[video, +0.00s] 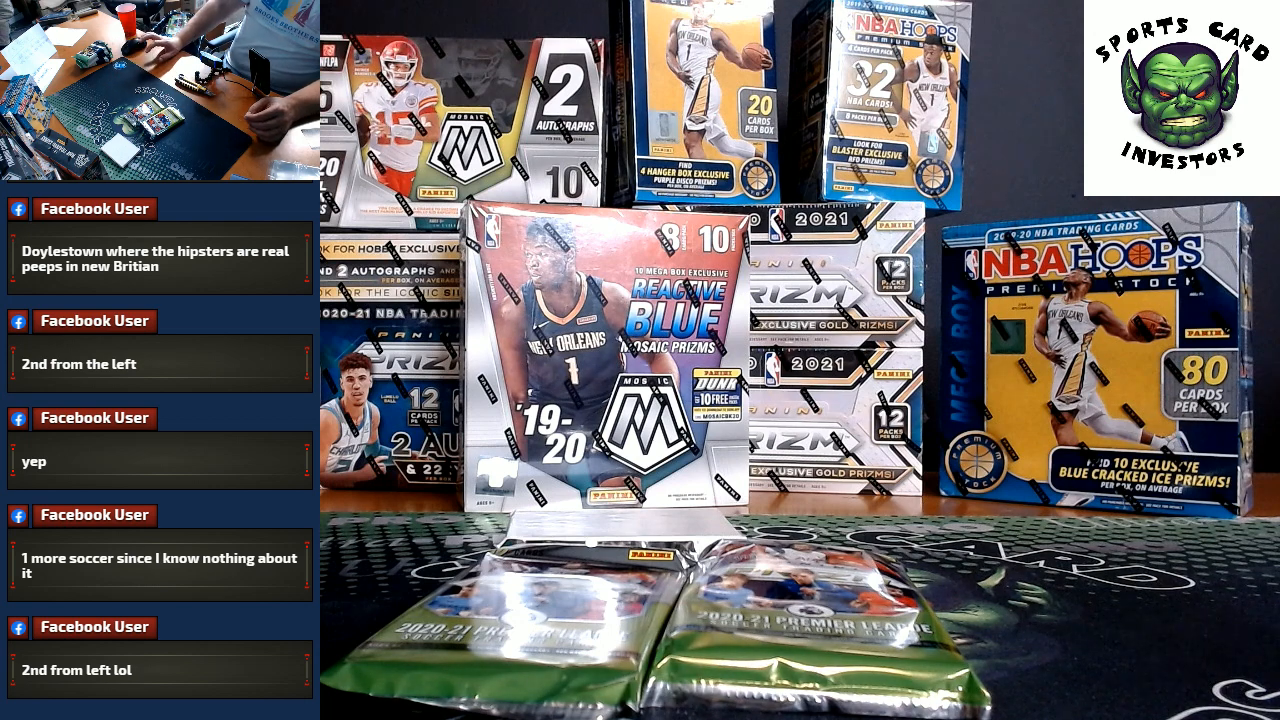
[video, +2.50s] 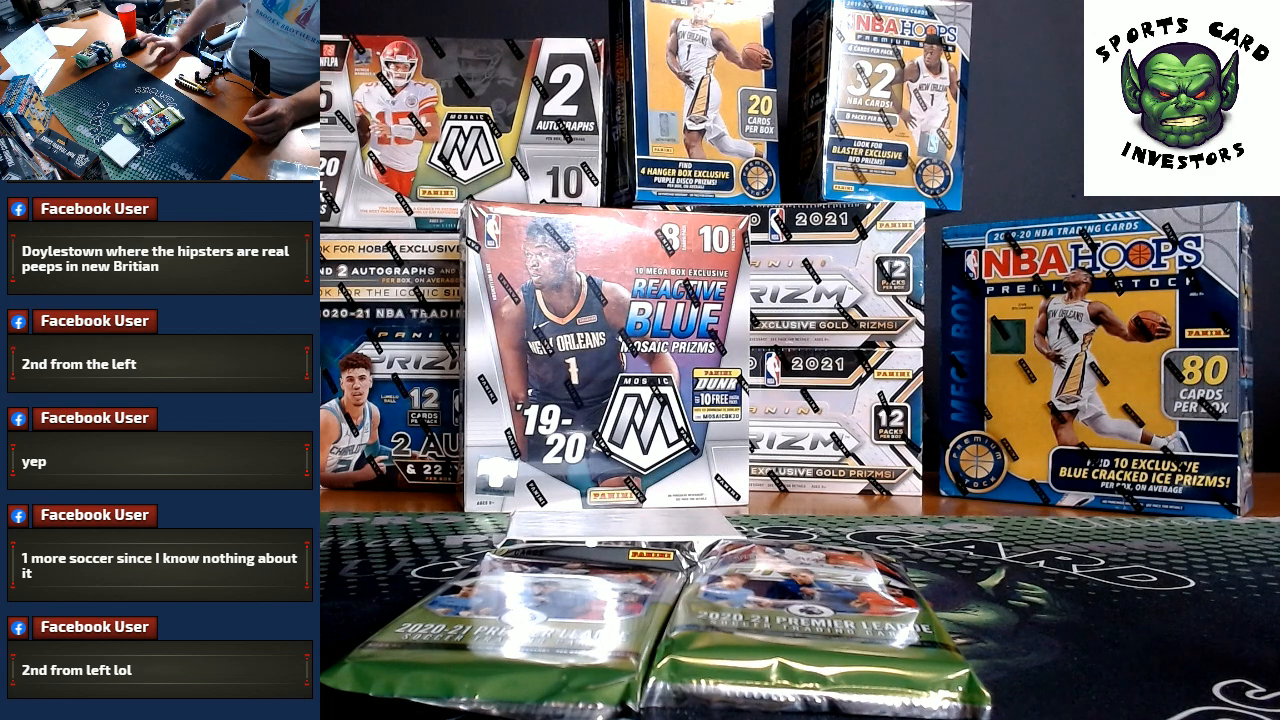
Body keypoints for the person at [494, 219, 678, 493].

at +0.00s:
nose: (532, 263)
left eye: (542, 254)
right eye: (529, 255)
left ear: (570, 255)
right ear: (524, 258)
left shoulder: (611, 299)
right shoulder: (514, 312)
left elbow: (657, 357)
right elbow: (518, 398)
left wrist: (663, 414)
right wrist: (524, 460)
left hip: (610, 424)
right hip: (549, 428)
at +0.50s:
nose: (532, 263)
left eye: (542, 254)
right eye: (529, 255)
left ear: (570, 256)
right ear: (524, 258)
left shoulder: (611, 299)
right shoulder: (514, 312)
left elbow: (657, 357)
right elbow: (518, 398)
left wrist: (663, 414)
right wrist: (524, 460)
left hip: (610, 424)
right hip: (549, 428)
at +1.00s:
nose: (532, 263)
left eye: (542, 254)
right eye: (529, 255)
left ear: (570, 255)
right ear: (524, 258)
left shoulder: (611, 299)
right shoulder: (513, 312)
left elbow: (658, 357)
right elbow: (518, 399)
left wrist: (663, 414)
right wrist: (524, 460)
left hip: (610, 423)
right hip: (549, 427)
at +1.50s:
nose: (532, 263)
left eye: (542, 254)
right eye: (529, 255)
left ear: (569, 255)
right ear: (525, 259)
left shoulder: (611, 299)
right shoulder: (513, 313)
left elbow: (658, 357)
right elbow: (518, 399)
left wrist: (663, 413)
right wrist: (524, 461)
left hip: (610, 421)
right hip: (549, 425)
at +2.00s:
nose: (532, 263)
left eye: (542, 254)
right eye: (529, 255)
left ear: (569, 256)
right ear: (524, 258)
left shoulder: (611, 299)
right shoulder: (513, 313)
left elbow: (658, 357)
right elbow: (518, 399)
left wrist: (662, 413)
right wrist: (524, 460)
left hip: (610, 423)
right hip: (549, 427)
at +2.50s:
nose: (532, 263)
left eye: (542, 254)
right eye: (529, 255)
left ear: (570, 255)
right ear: (525, 259)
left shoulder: (611, 299)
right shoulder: (513, 313)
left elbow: (658, 357)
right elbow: (518, 398)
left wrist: (662, 413)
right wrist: (524, 460)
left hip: (610, 422)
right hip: (549, 427)